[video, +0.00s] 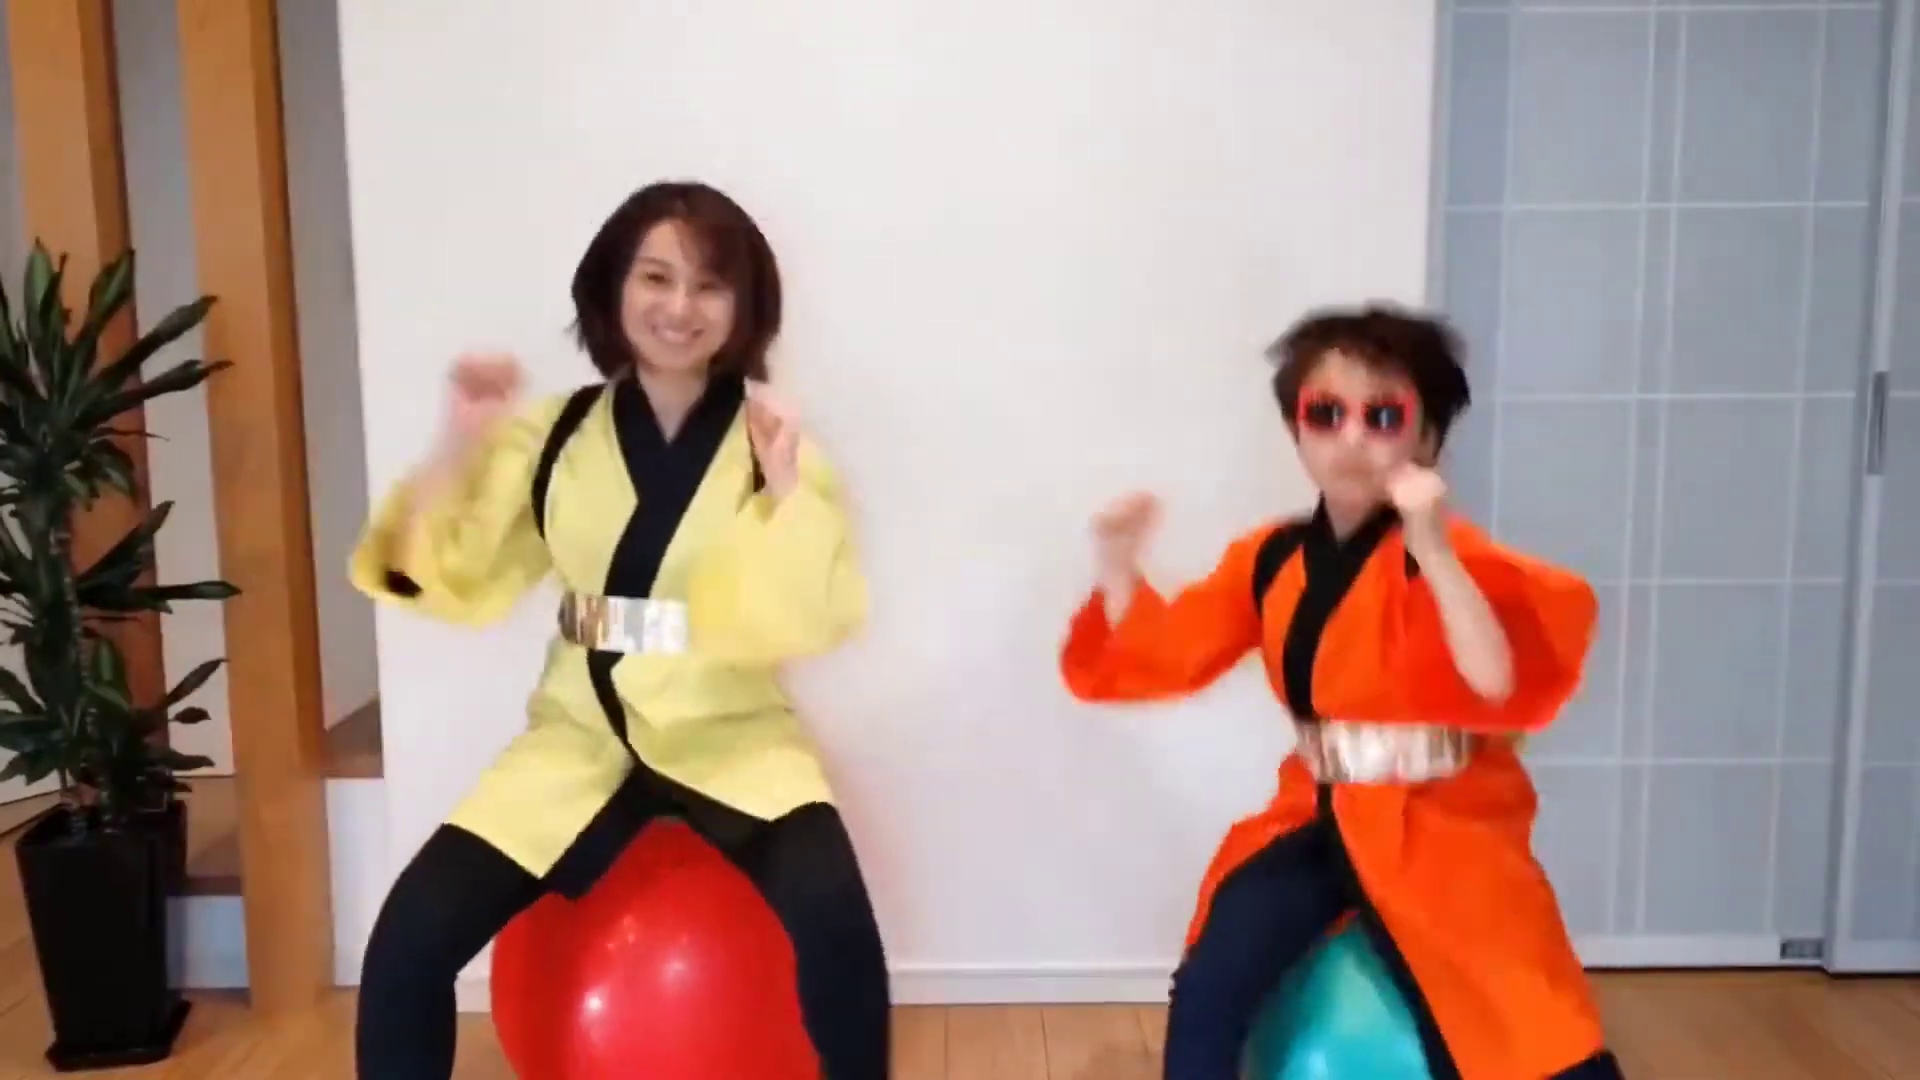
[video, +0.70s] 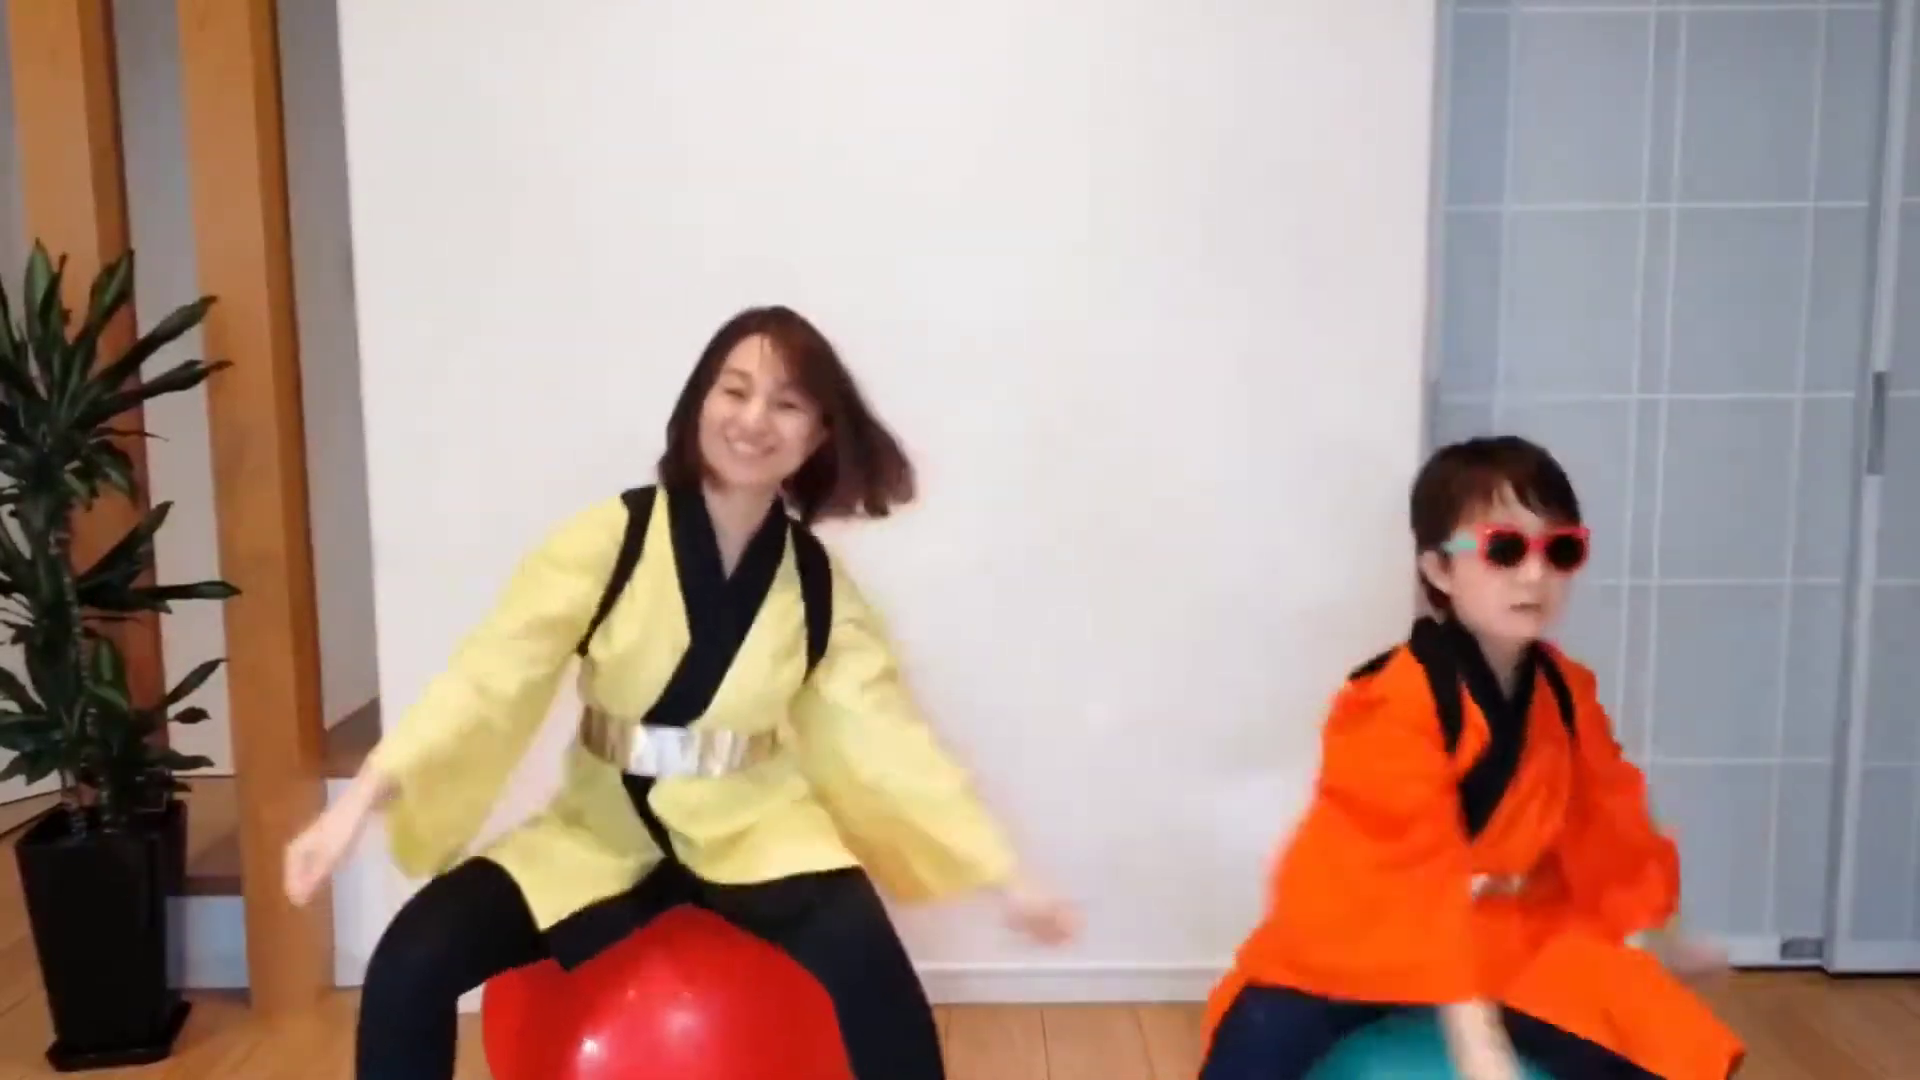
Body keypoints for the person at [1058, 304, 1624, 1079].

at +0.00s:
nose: (1353, 436)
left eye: (1382, 415)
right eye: (1325, 412)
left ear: (1425, 434)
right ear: (1294, 430)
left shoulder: (1450, 554)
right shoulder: (1273, 560)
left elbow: (1498, 681)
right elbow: (1162, 657)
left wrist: (1431, 548)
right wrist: (1118, 570)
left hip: (1445, 827)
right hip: (1321, 820)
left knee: (1543, 1036)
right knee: (1209, 984)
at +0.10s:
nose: (1360, 542)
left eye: (1392, 520)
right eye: (1332, 517)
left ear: (1432, 550)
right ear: (1302, 542)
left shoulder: (1456, 662)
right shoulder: (1276, 657)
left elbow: (1541, 821)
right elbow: (1162, 782)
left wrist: (1489, 682)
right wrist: (1182, 678)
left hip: (1438, 903)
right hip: (1316, 896)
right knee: (1202, 1005)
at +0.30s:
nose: (1407, 465)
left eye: (1440, 444)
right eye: (1381, 433)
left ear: (1465, 462)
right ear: (1334, 441)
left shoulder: (1495, 592)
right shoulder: (1285, 571)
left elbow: (1525, 778)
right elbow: (1230, 738)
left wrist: (1573, 737)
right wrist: (1175, 702)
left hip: (1456, 845)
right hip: (1318, 836)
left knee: (1585, 1040)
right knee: (1197, 1004)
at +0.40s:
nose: (1447, 423)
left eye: (1480, 404)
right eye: (1422, 391)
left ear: (1502, 417)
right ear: (1365, 394)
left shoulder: (1514, 529)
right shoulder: (1311, 509)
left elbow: (1553, 667)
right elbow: (1228, 611)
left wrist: (1622, 755)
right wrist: (1185, 679)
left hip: (1476, 792)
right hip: (1335, 787)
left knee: (1624, 988)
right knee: (1214, 979)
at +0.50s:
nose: (1483, 459)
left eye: (1515, 439)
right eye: (1459, 426)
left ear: (1537, 446)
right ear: (1397, 423)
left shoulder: (1536, 561)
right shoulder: (1336, 539)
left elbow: (1581, 714)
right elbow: (1223, 661)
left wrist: (1635, 842)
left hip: (1490, 805)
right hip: (1351, 800)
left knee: (1646, 983)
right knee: (1240, 954)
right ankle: (1207, 1067)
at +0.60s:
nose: (1519, 543)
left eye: (1545, 520)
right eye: (1489, 516)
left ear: (1565, 528)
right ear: (1421, 521)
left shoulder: (1554, 658)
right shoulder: (1353, 648)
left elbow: (1599, 795)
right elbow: (1310, 810)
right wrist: (1335, 973)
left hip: (1487, 887)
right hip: (1351, 885)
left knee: (1628, 1039)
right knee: (1237, 1017)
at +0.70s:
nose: (1536, 573)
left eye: (1560, 551)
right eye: (1505, 549)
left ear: (1578, 566)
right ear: (1439, 571)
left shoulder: (1562, 693)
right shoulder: (1391, 703)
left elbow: (1610, 828)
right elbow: (1417, 881)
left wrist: (1661, 938)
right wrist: (1479, 1048)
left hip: (1497, 935)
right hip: (1355, 939)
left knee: (1630, 1048)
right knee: (1253, 1050)